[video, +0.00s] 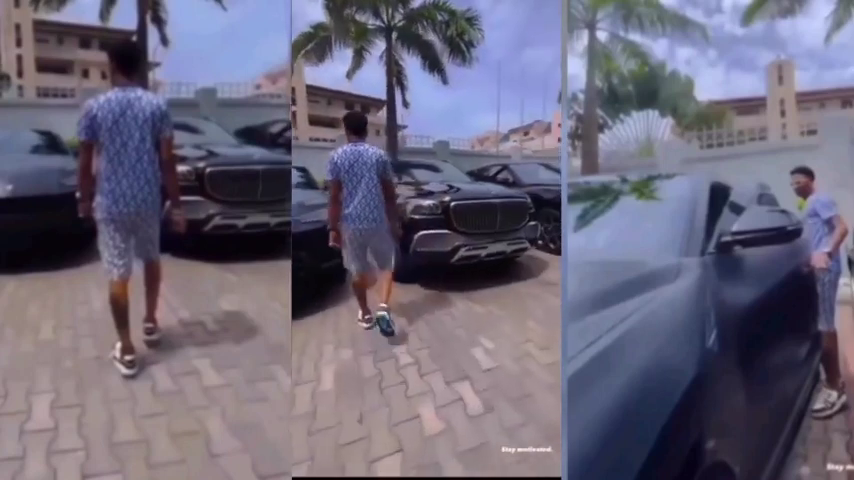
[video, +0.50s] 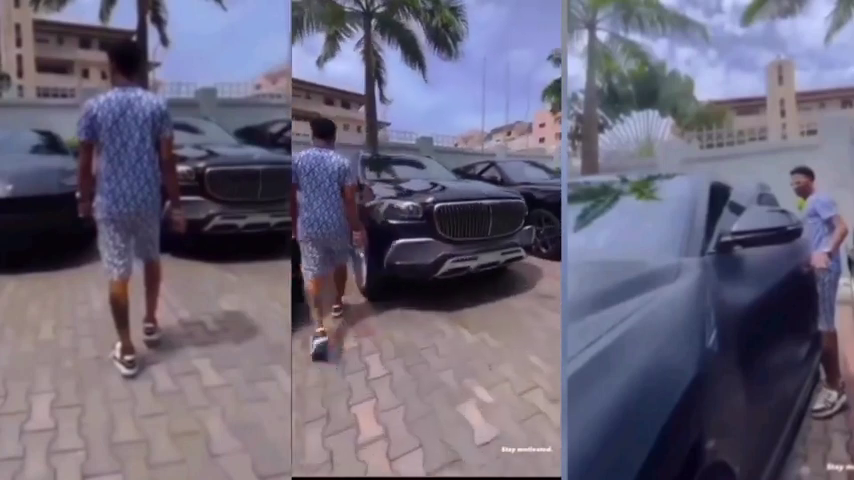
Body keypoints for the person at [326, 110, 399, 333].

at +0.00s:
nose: (352, 134)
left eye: (347, 129)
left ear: (345, 130)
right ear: (366, 130)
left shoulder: (336, 157)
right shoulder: (378, 155)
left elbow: (334, 196)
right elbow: (389, 193)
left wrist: (333, 228)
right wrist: (394, 222)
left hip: (351, 223)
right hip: (378, 222)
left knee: (357, 271)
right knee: (387, 265)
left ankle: (365, 313)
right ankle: (384, 305)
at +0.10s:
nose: (346, 134)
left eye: (340, 129)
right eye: (354, 130)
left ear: (336, 130)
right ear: (357, 130)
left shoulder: (324, 156)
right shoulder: (369, 155)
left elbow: (319, 194)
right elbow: (378, 191)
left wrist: (320, 225)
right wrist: (385, 218)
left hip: (339, 223)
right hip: (367, 221)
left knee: (346, 272)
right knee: (377, 265)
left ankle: (356, 319)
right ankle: (374, 304)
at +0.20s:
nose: (338, 135)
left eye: (332, 130)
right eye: (346, 130)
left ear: (328, 131)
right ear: (350, 131)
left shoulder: (316, 156)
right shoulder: (360, 156)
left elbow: (308, 194)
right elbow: (368, 192)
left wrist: (309, 222)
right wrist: (375, 220)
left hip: (329, 224)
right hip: (357, 223)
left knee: (338, 276)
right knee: (366, 262)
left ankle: (347, 325)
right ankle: (365, 304)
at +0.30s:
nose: (336, 137)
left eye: (328, 133)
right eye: (340, 133)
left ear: (321, 133)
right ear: (342, 133)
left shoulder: (309, 157)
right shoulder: (352, 158)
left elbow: (299, 193)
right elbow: (360, 195)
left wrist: (301, 222)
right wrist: (368, 223)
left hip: (320, 224)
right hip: (348, 223)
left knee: (330, 277)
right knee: (354, 262)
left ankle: (339, 331)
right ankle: (355, 296)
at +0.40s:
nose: (331, 140)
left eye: (323, 135)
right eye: (335, 136)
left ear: (316, 135)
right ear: (337, 137)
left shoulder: (302, 160)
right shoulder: (346, 162)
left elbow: (296, 196)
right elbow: (353, 197)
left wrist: (297, 226)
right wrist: (361, 225)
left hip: (313, 227)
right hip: (341, 225)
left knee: (322, 280)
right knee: (345, 263)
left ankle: (329, 336)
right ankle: (343, 297)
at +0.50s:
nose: (325, 141)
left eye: (319, 135)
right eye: (330, 137)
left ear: (313, 135)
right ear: (334, 137)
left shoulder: (299, 160)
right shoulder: (342, 163)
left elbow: (293, 197)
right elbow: (349, 198)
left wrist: (295, 226)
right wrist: (356, 225)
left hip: (308, 226)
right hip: (336, 225)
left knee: (313, 277)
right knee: (340, 263)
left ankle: (319, 327)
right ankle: (338, 301)